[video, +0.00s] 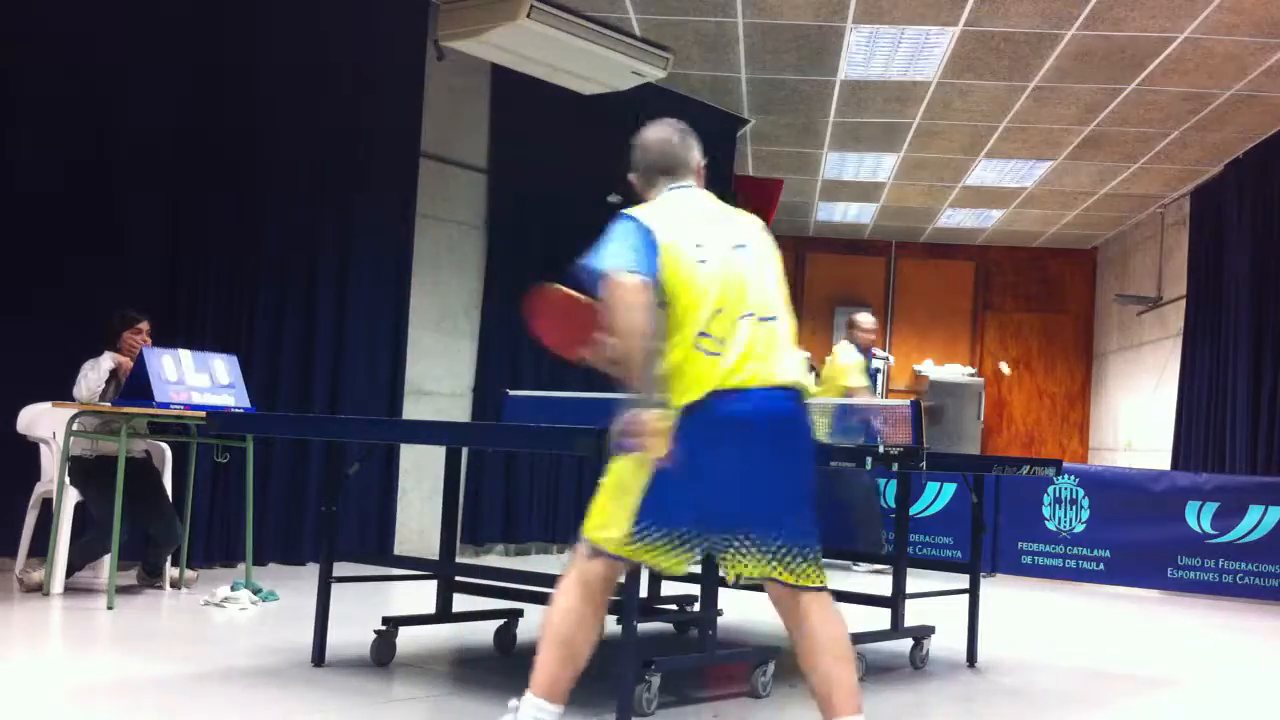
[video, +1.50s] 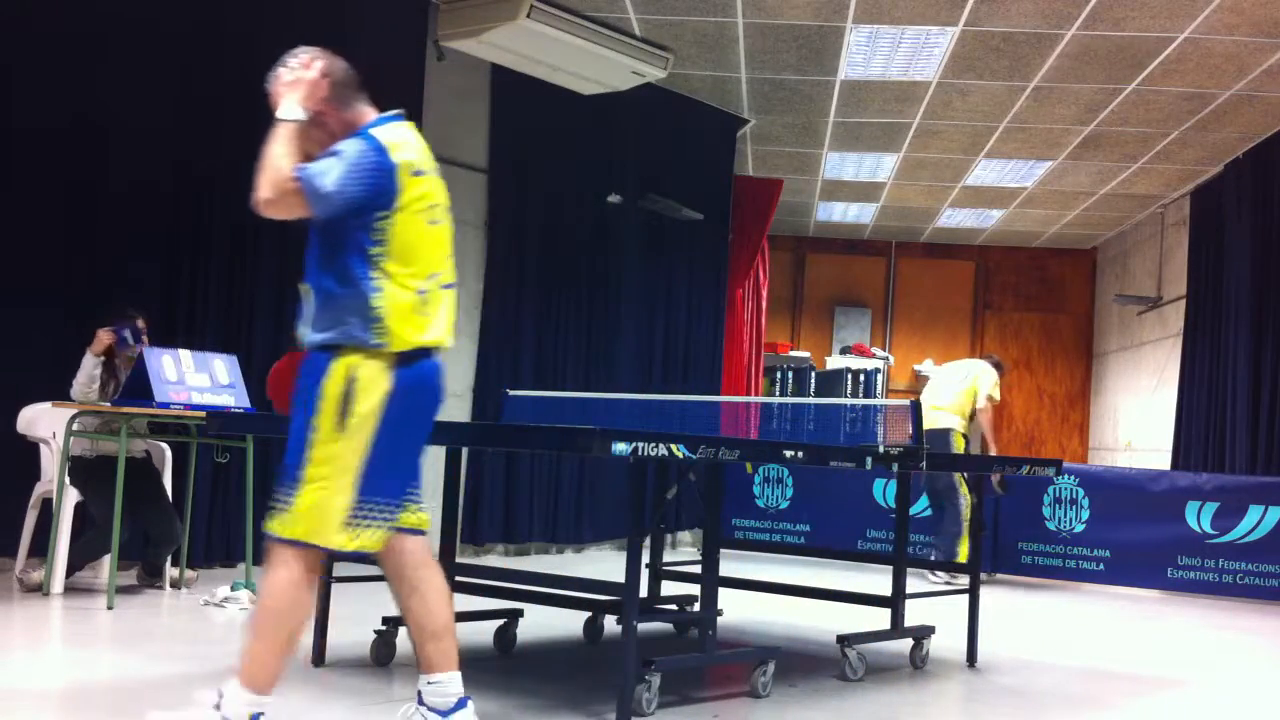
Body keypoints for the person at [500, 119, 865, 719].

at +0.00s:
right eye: (704, 164)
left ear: (637, 180)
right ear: (702, 170)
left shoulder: (636, 229)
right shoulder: (753, 228)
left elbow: (633, 319)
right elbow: (749, 336)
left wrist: (649, 400)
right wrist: (621, 353)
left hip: (693, 415)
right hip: (783, 414)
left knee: (594, 568)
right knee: (801, 586)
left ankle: (535, 711)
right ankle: (848, 714)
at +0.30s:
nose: (665, 131)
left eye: (661, 123)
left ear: (665, 125)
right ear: (732, 113)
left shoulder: (678, 178)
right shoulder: (797, 159)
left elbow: (723, 265)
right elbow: (853, 265)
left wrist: (781, 357)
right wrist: (793, 312)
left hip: (736, 381)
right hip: (824, 374)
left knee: (642, 539)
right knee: (848, 554)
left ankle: (671, 709)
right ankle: (920, 710)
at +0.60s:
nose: (595, 186)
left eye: (587, 170)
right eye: (586, 175)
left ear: (608, 149)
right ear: (641, 137)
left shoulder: (658, 184)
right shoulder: (712, 180)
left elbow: (655, 289)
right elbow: (709, 309)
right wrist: (614, 342)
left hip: (698, 392)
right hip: (757, 388)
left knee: (620, 559)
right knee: (746, 556)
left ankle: (675, 714)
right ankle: (873, 694)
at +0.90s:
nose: (487, 180)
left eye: (481, 165)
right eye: (480, 170)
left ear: (503, 137)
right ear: (513, 130)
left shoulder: (567, 157)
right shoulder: (594, 150)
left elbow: (496, 249)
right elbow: (625, 265)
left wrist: (459, 168)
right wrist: (556, 311)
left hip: (623, 375)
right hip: (595, 371)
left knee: (627, 560)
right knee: (554, 536)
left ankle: (675, 712)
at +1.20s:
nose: (397, 152)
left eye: (396, 137)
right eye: (393, 141)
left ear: (414, 122)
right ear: (431, 113)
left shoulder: (478, 153)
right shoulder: (493, 155)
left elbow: (391, 209)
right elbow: (496, 283)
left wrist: (384, 131)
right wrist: (432, 349)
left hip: (484, 369)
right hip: (478, 366)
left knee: (428, 543)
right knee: (441, 543)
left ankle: (556, 661)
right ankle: (450, 706)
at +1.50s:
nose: (292, 129)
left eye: (292, 113)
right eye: (286, 113)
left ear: (317, 98)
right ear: (345, 91)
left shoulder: (369, 153)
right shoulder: (401, 143)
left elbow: (273, 194)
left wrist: (289, 111)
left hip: (360, 369)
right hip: (407, 369)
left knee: (296, 544)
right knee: (401, 538)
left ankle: (241, 704)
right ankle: (446, 701)